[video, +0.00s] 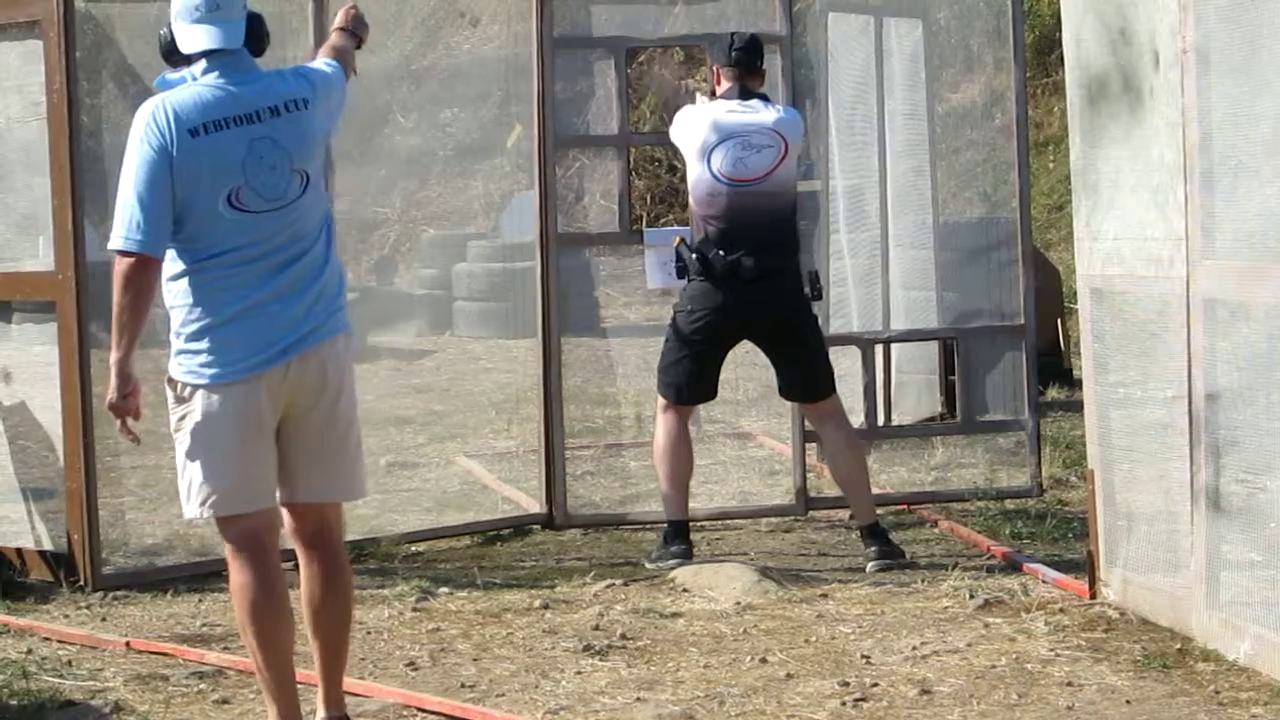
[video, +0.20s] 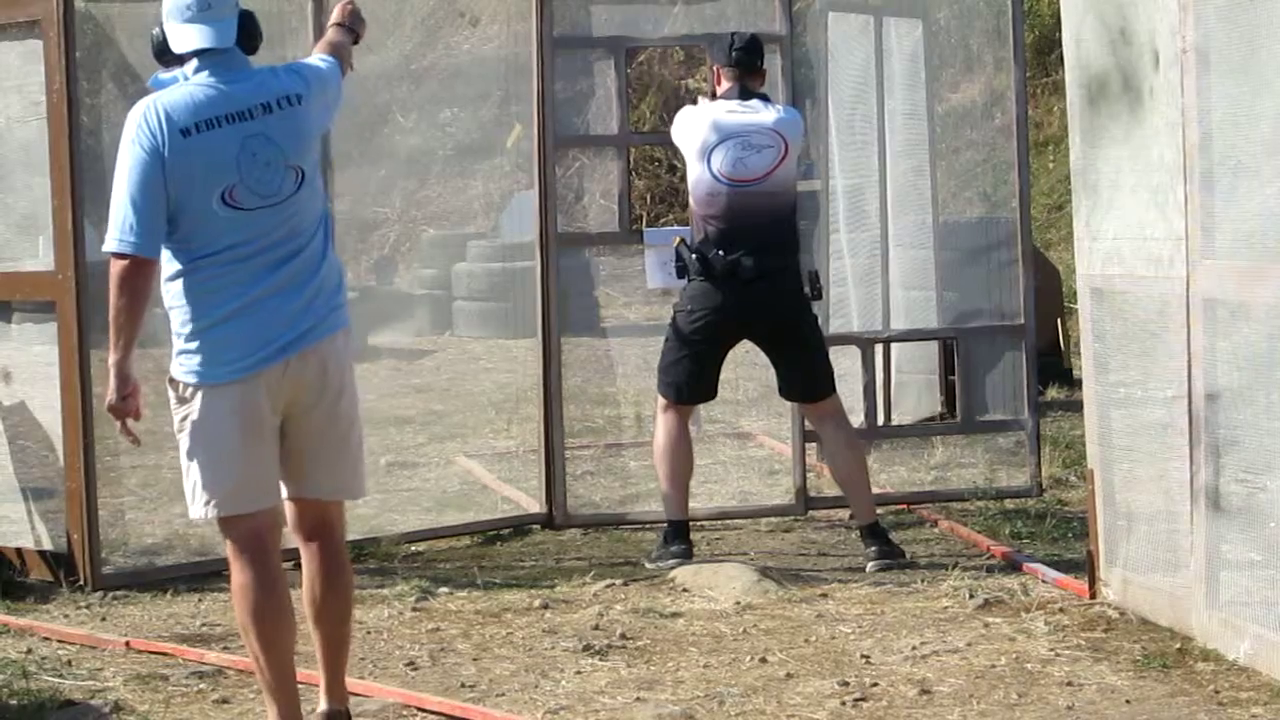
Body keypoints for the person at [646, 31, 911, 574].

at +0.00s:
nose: (714, 83)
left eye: (712, 75)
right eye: (729, 74)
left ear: (717, 78)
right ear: (762, 76)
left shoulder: (690, 122)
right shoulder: (791, 122)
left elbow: (692, 123)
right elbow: (759, 124)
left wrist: (713, 100)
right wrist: (731, 98)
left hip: (710, 296)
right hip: (781, 294)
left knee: (673, 408)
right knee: (828, 414)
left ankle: (675, 538)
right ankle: (875, 536)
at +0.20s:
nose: (714, 82)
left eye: (712, 75)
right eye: (730, 74)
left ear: (717, 77)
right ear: (762, 76)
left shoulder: (691, 121)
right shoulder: (791, 121)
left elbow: (700, 128)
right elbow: (761, 125)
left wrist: (719, 99)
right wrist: (735, 97)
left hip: (711, 296)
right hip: (782, 295)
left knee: (673, 408)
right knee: (828, 415)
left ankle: (675, 538)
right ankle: (875, 536)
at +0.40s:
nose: (711, 81)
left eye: (710, 74)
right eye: (724, 74)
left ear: (716, 77)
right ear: (761, 76)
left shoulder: (689, 121)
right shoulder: (791, 121)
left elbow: (701, 133)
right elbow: (759, 128)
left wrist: (718, 99)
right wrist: (733, 97)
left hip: (711, 295)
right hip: (781, 294)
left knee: (673, 408)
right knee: (828, 414)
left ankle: (675, 538)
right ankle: (874, 536)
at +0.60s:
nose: (712, 82)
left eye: (711, 75)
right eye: (726, 74)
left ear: (715, 77)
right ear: (760, 77)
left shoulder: (688, 121)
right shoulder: (791, 122)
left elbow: (705, 132)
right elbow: (762, 127)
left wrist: (717, 98)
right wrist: (736, 96)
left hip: (711, 296)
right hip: (781, 295)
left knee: (673, 409)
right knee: (828, 415)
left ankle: (675, 538)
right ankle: (875, 536)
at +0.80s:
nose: (712, 83)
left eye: (711, 76)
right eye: (724, 76)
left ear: (716, 77)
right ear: (761, 77)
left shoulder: (689, 122)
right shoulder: (792, 122)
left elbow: (704, 131)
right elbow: (759, 129)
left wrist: (717, 98)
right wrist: (735, 96)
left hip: (711, 296)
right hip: (781, 295)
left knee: (673, 409)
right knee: (828, 414)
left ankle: (676, 538)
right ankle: (875, 536)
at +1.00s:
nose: (761, 85)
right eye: (762, 77)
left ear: (713, 79)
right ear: (761, 78)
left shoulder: (682, 128)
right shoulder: (781, 119)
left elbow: (709, 168)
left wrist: (727, 101)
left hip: (708, 296)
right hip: (777, 292)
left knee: (683, 414)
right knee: (830, 412)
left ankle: (679, 539)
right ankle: (867, 534)